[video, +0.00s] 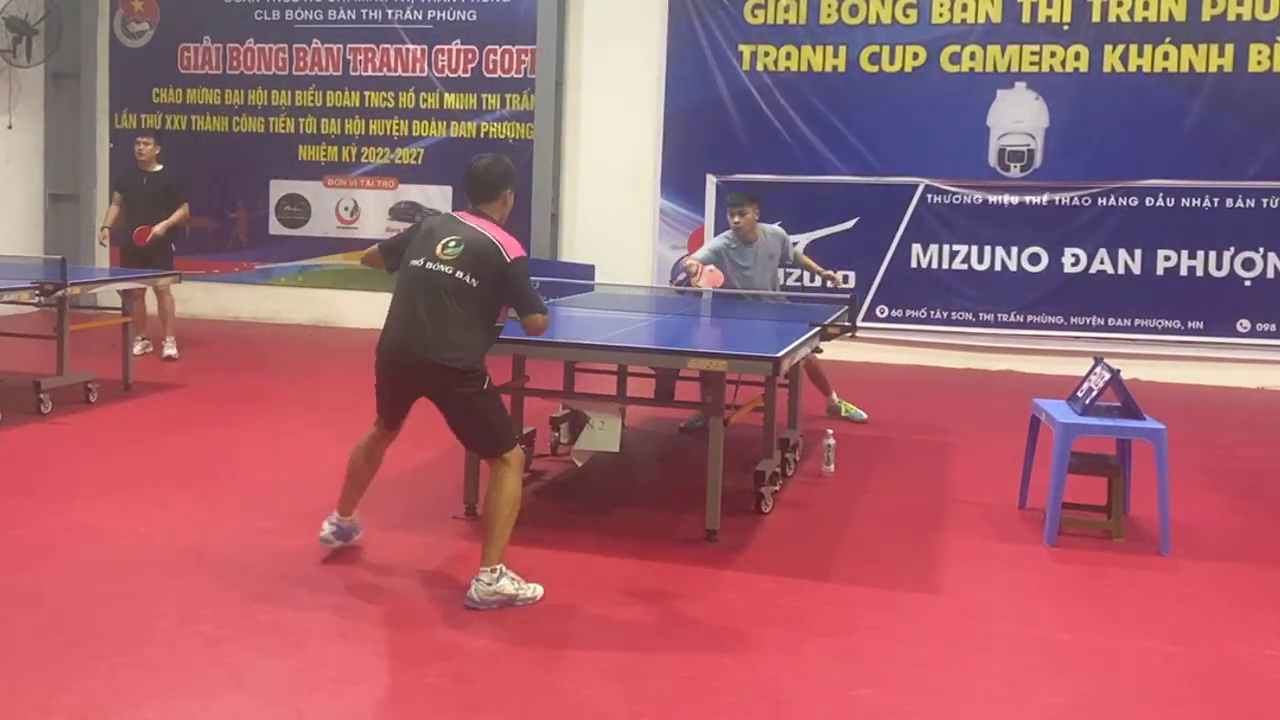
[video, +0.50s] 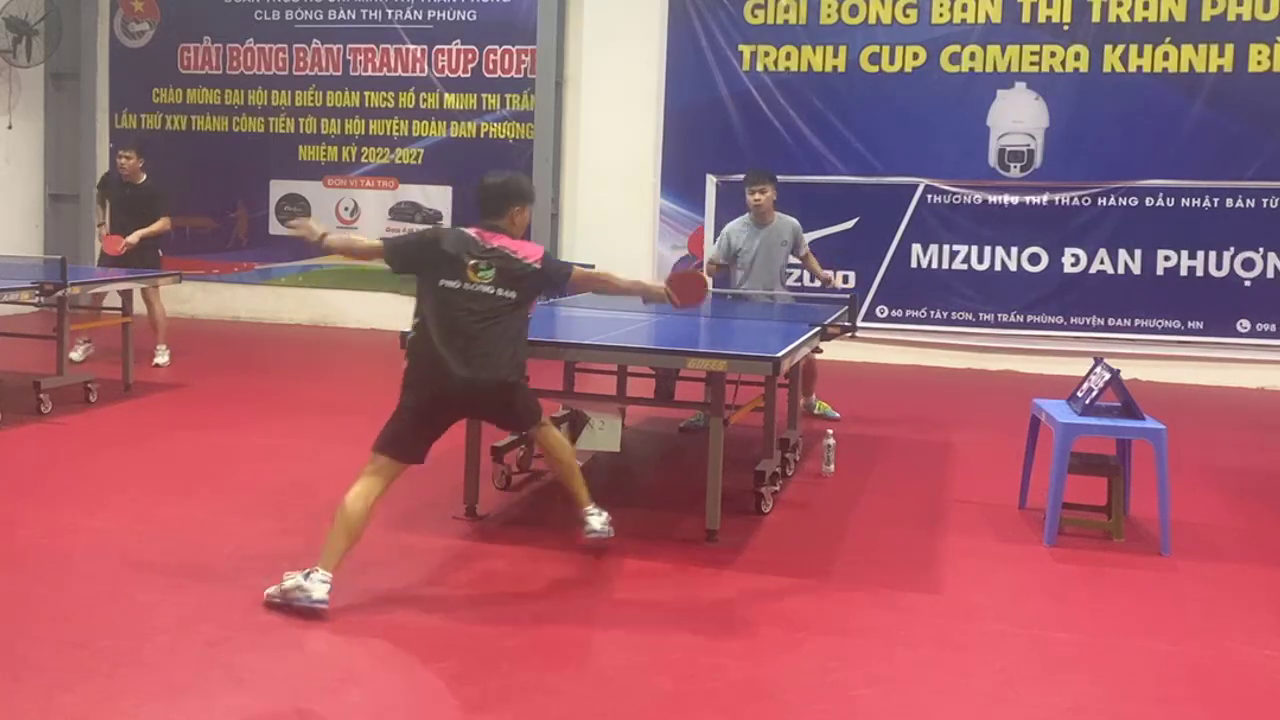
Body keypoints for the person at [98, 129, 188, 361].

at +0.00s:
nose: (140, 148)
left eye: (145, 144)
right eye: (137, 144)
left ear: (157, 149)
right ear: (134, 148)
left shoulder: (168, 178)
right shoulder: (127, 177)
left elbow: (184, 210)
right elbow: (116, 204)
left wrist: (165, 225)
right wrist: (106, 227)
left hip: (159, 245)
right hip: (131, 245)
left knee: (163, 289)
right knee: (135, 292)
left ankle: (169, 339)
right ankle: (141, 338)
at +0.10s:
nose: (138, 151)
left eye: (143, 146)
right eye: (135, 146)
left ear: (154, 151)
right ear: (131, 149)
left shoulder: (167, 180)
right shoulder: (123, 177)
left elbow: (183, 212)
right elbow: (112, 205)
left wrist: (163, 225)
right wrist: (103, 222)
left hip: (158, 248)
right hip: (130, 248)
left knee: (160, 293)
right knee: (134, 295)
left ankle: (165, 341)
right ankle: (141, 339)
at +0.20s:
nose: (136, 153)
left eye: (142, 149)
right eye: (134, 149)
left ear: (154, 152)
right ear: (130, 152)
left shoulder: (167, 182)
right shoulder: (123, 179)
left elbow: (181, 216)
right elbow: (113, 206)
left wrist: (159, 228)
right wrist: (102, 225)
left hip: (155, 251)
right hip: (127, 251)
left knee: (158, 295)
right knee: (126, 295)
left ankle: (163, 345)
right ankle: (140, 335)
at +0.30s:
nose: (134, 157)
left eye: (139, 152)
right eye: (131, 152)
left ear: (152, 156)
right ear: (128, 155)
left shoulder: (164, 185)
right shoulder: (123, 182)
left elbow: (177, 220)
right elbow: (113, 207)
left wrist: (153, 232)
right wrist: (104, 228)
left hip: (153, 251)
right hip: (124, 251)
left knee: (155, 295)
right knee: (122, 295)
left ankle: (162, 346)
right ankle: (126, 340)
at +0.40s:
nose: (129, 158)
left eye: (135, 154)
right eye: (126, 153)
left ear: (148, 158)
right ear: (123, 155)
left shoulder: (159, 185)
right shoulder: (117, 180)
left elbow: (171, 220)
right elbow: (107, 203)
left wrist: (147, 231)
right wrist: (106, 227)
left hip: (148, 251)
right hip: (118, 250)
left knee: (153, 295)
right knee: (103, 292)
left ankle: (162, 346)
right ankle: (107, 334)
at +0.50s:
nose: (121, 162)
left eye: (127, 158)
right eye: (119, 158)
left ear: (140, 162)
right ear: (115, 159)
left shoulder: (152, 190)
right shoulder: (110, 180)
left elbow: (165, 223)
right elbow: (100, 200)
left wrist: (139, 234)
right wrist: (101, 224)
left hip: (143, 250)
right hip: (113, 247)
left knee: (150, 295)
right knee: (96, 294)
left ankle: (161, 346)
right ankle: (85, 341)